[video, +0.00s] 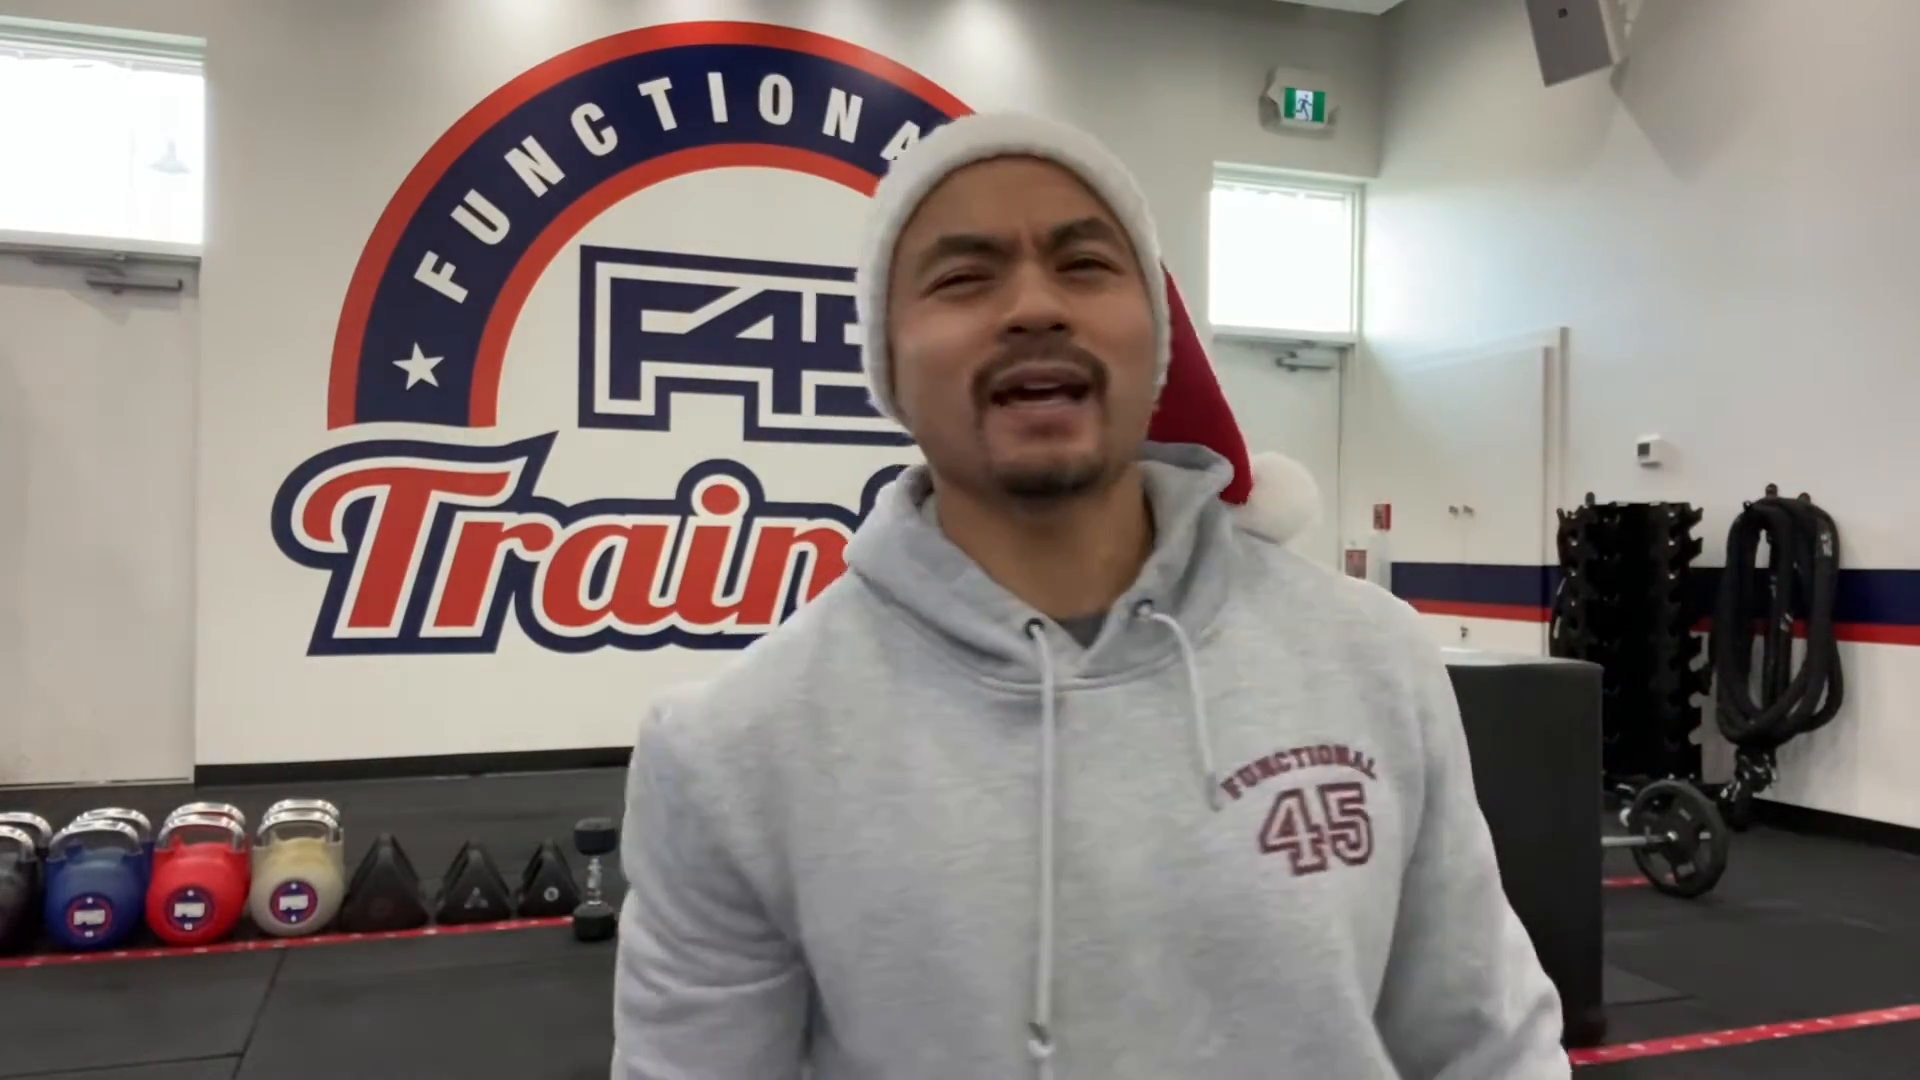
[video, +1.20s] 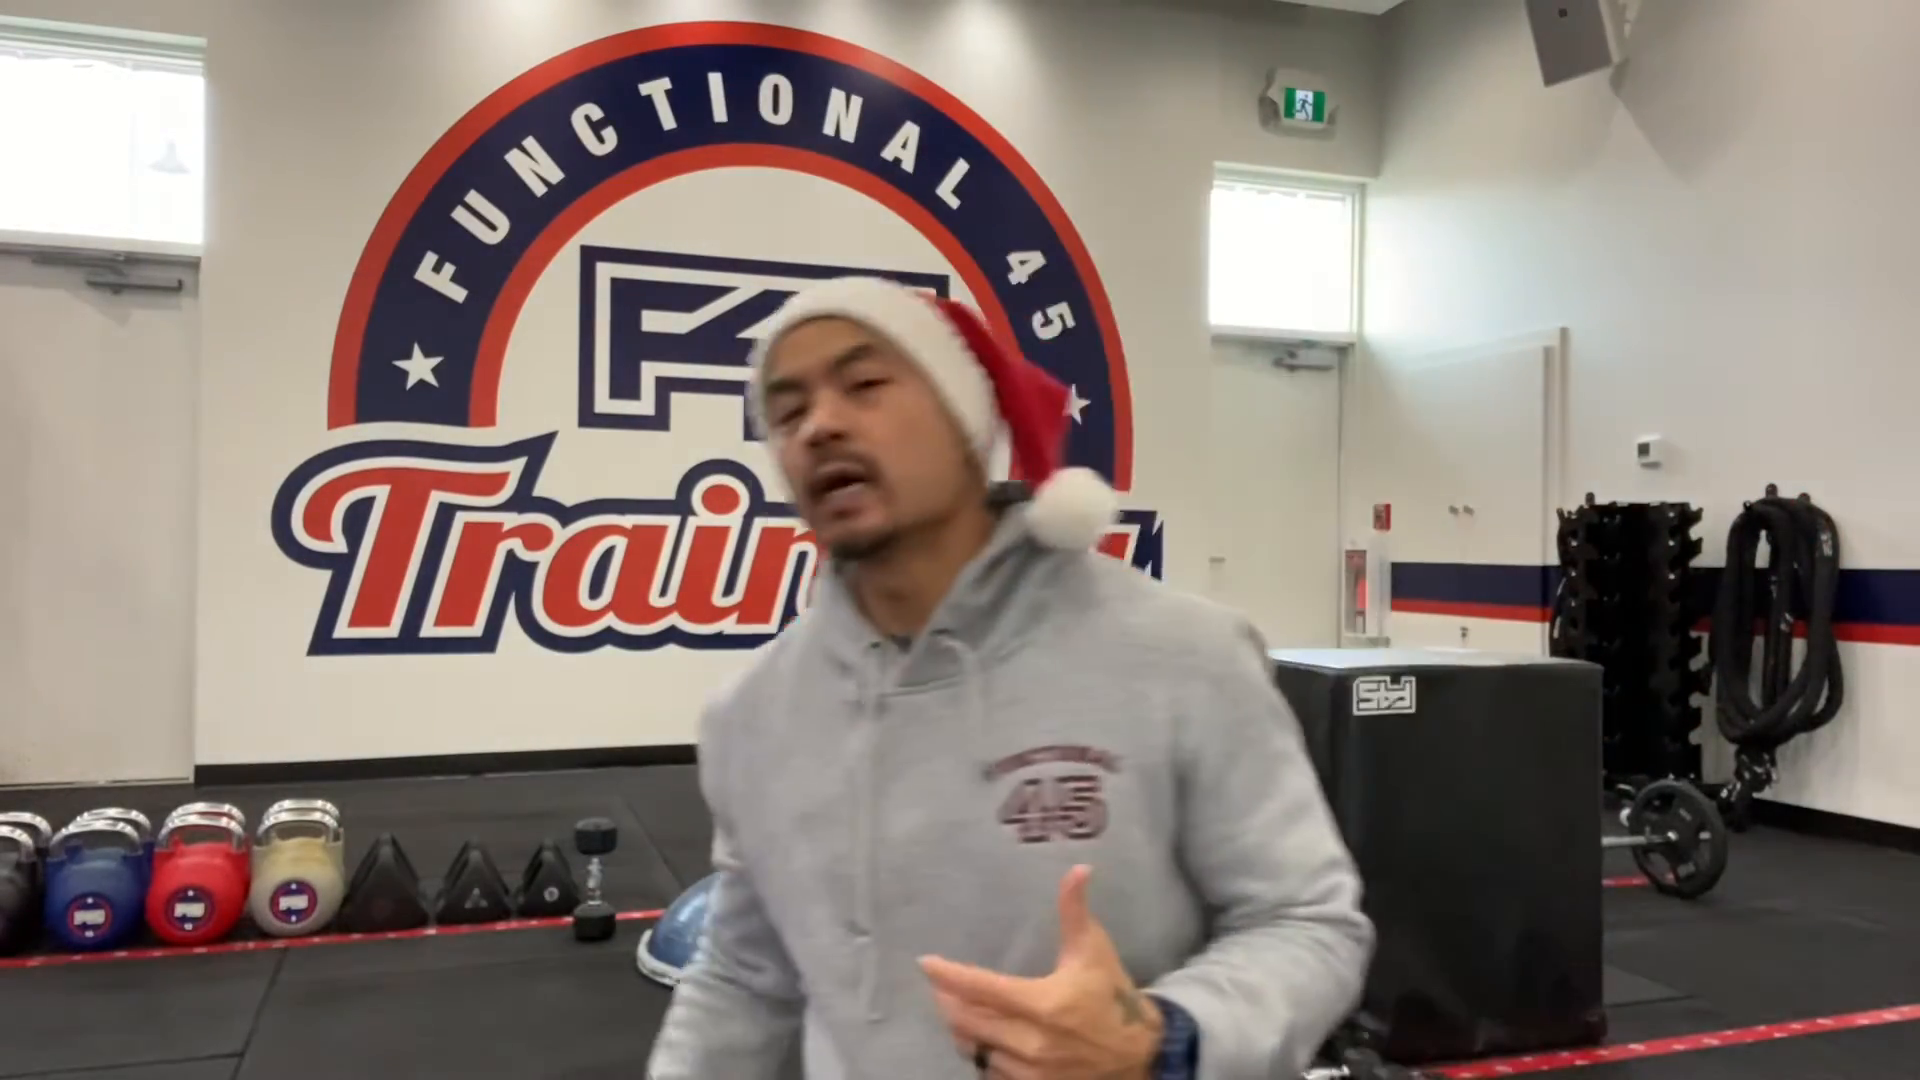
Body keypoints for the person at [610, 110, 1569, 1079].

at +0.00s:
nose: (1035, 307)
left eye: (1084, 264)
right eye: (964, 275)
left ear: (1159, 331)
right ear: (890, 369)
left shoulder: (1368, 660)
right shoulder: (727, 752)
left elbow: (1492, 1048)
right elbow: (687, 1070)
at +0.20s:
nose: (1164, 326)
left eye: (1197, 289)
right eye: (1091, 292)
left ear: (1244, 348)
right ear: (993, 379)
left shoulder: (1374, 664)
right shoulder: (836, 732)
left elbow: (1488, 1000)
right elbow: (778, 1071)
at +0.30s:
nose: (1296, 378)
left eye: (1319, 347)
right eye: (1233, 328)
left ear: (1338, 391)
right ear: (1099, 368)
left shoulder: (1369, 679)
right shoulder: (915, 697)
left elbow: (1474, 940)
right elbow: (823, 1053)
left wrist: (1500, 1040)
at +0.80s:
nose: (1192, 382)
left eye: (1221, 338)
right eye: (1130, 359)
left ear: (1277, 375)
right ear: (1065, 427)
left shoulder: (1426, 655)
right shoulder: (946, 690)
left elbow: (1519, 910)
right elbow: (892, 1020)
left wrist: (1438, 1019)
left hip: (1363, 1076)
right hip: (1067, 1064)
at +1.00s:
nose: (1017, 398)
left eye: (1061, 352)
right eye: (974, 378)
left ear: (1155, 385)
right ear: (950, 437)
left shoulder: (1364, 655)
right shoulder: (869, 697)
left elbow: (1496, 920)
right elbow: (836, 1012)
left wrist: (1344, 1030)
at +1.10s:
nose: (928, 408)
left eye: (975, 365)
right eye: (893, 389)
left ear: (1076, 396)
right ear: (878, 449)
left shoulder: (1281, 659)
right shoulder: (816, 707)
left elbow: (1414, 932)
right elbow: (790, 998)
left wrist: (1240, 1036)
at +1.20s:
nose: (818, 425)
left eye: (865, 382)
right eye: (790, 409)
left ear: (977, 409)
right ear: (777, 463)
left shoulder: (1182, 656)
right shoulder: (752, 720)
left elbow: (1311, 923)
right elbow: (742, 982)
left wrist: (1162, 1037)